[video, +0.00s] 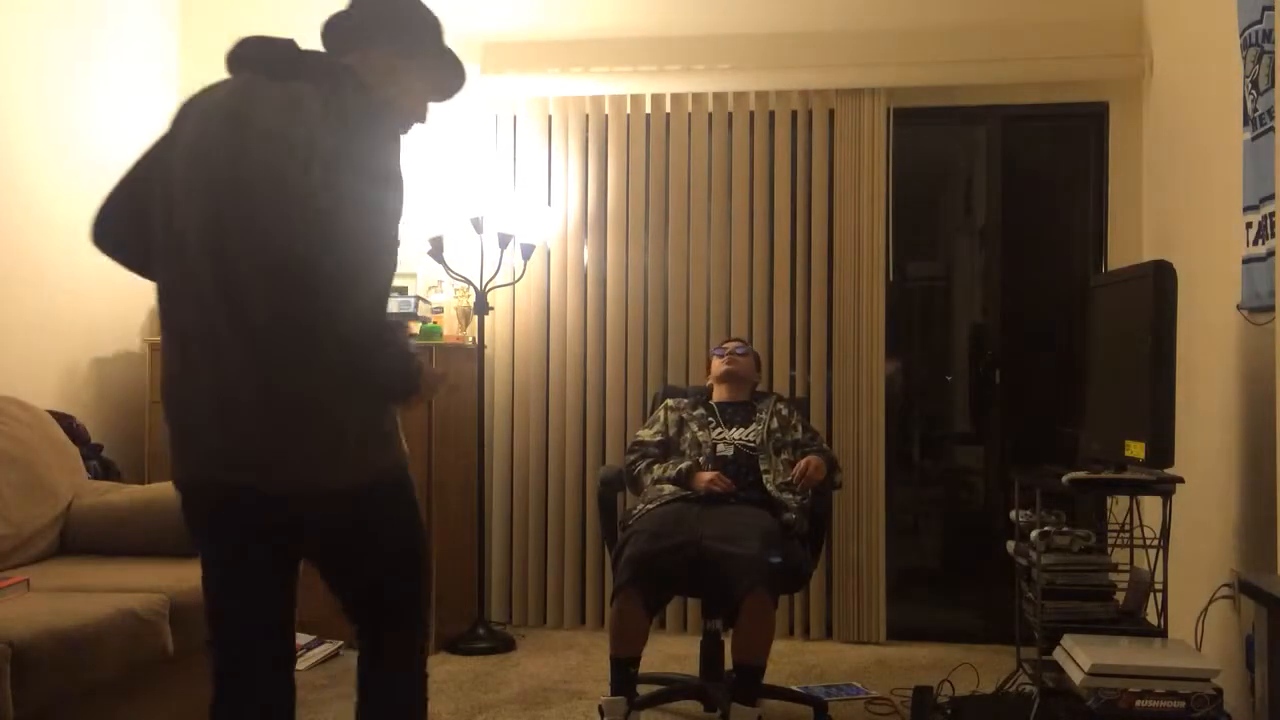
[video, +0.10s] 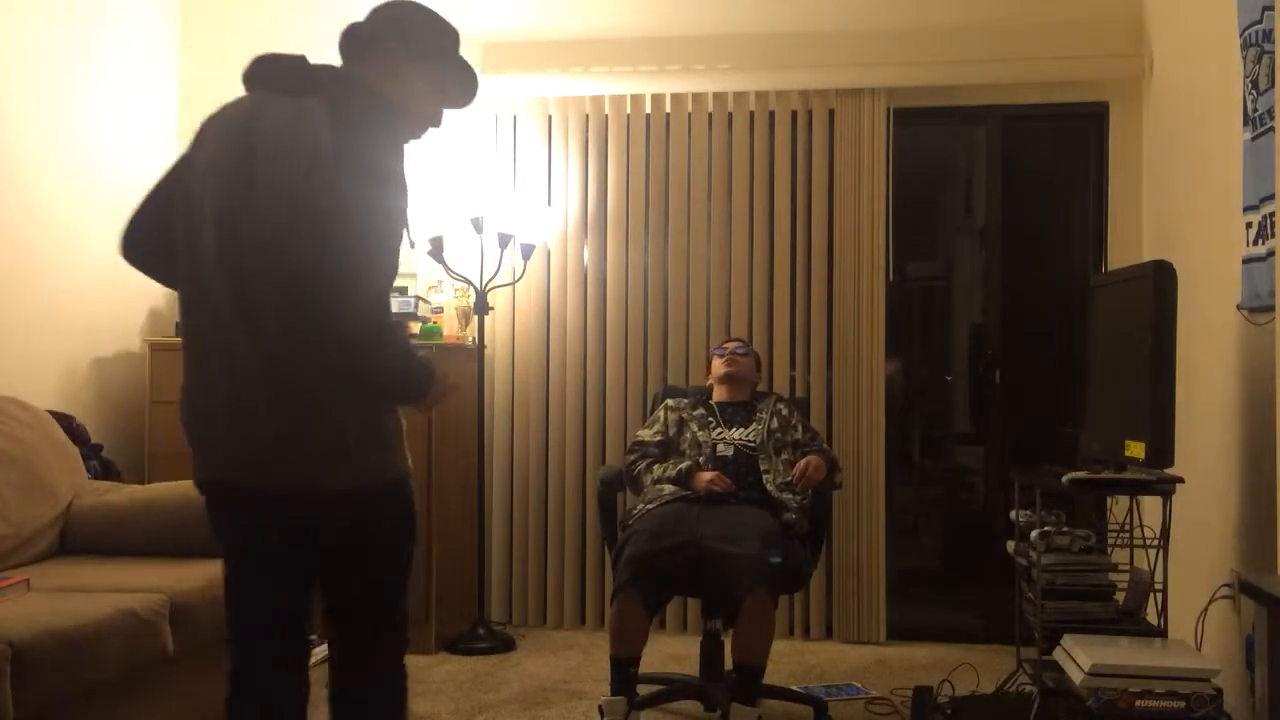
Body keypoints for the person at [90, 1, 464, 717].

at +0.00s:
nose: (422, 114)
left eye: (430, 96)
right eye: (424, 89)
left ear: (348, 52)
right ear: (381, 60)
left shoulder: (212, 109)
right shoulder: (359, 132)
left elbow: (119, 224)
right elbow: (351, 315)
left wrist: (218, 283)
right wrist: (407, 368)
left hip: (218, 455)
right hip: (333, 452)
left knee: (249, 671)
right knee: (396, 644)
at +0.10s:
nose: (436, 119)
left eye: (444, 101)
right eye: (437, 94)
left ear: (369, 60)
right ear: (396, 64)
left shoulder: (234, 122)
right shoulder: (364, 138)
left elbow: (146, 238)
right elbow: (353, 315)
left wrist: (245, 295)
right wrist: (419, 374)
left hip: (237, 455)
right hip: (343, 457)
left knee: (264, 671)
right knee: (371, 671)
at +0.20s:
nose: (446, 126)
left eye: (453, 110)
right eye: (446, 102)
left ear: (378, 66)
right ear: (392, 68)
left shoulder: (251, 129)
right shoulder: (372, 149)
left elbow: (167, 243)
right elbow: (361, 321)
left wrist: (260, 301)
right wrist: (429, 372)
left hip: (251, 453)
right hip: (351, 456)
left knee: (284, 661)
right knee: (376, 662)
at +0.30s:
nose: (451, 131)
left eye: (459, 115)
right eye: (453, 108)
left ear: (385, 70)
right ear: (405, 74)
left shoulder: (258, 137)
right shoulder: (379, 151)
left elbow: (177, 249)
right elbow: (373, 317)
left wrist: (272, 300)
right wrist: (439, 354)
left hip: (269, 444)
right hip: (366, 448)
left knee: (293, 644)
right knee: (388, 654)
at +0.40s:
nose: (451, 125)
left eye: (456, 109)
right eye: (449, 102)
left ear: (387, 79)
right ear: (405, 77)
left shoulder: (256, 150)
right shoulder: (393, 163)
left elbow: (186, 267)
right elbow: (403, 326)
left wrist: (273, 306)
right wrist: (469, 327)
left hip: (288, 447)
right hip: (385, 448)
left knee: (310, 625)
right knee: (393, 645)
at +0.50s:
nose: (447, 134)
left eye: (453, 119)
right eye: (445, 113)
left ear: (374, 96)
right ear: (402, 93)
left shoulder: (257, 171)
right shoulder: (408, 182)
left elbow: (197, 291)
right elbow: (475, 312)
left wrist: (286, 312)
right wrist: (504, 249)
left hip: (304, 450)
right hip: (402, 454)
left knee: (321, 625)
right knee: (403, 653)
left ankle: (296, 716)